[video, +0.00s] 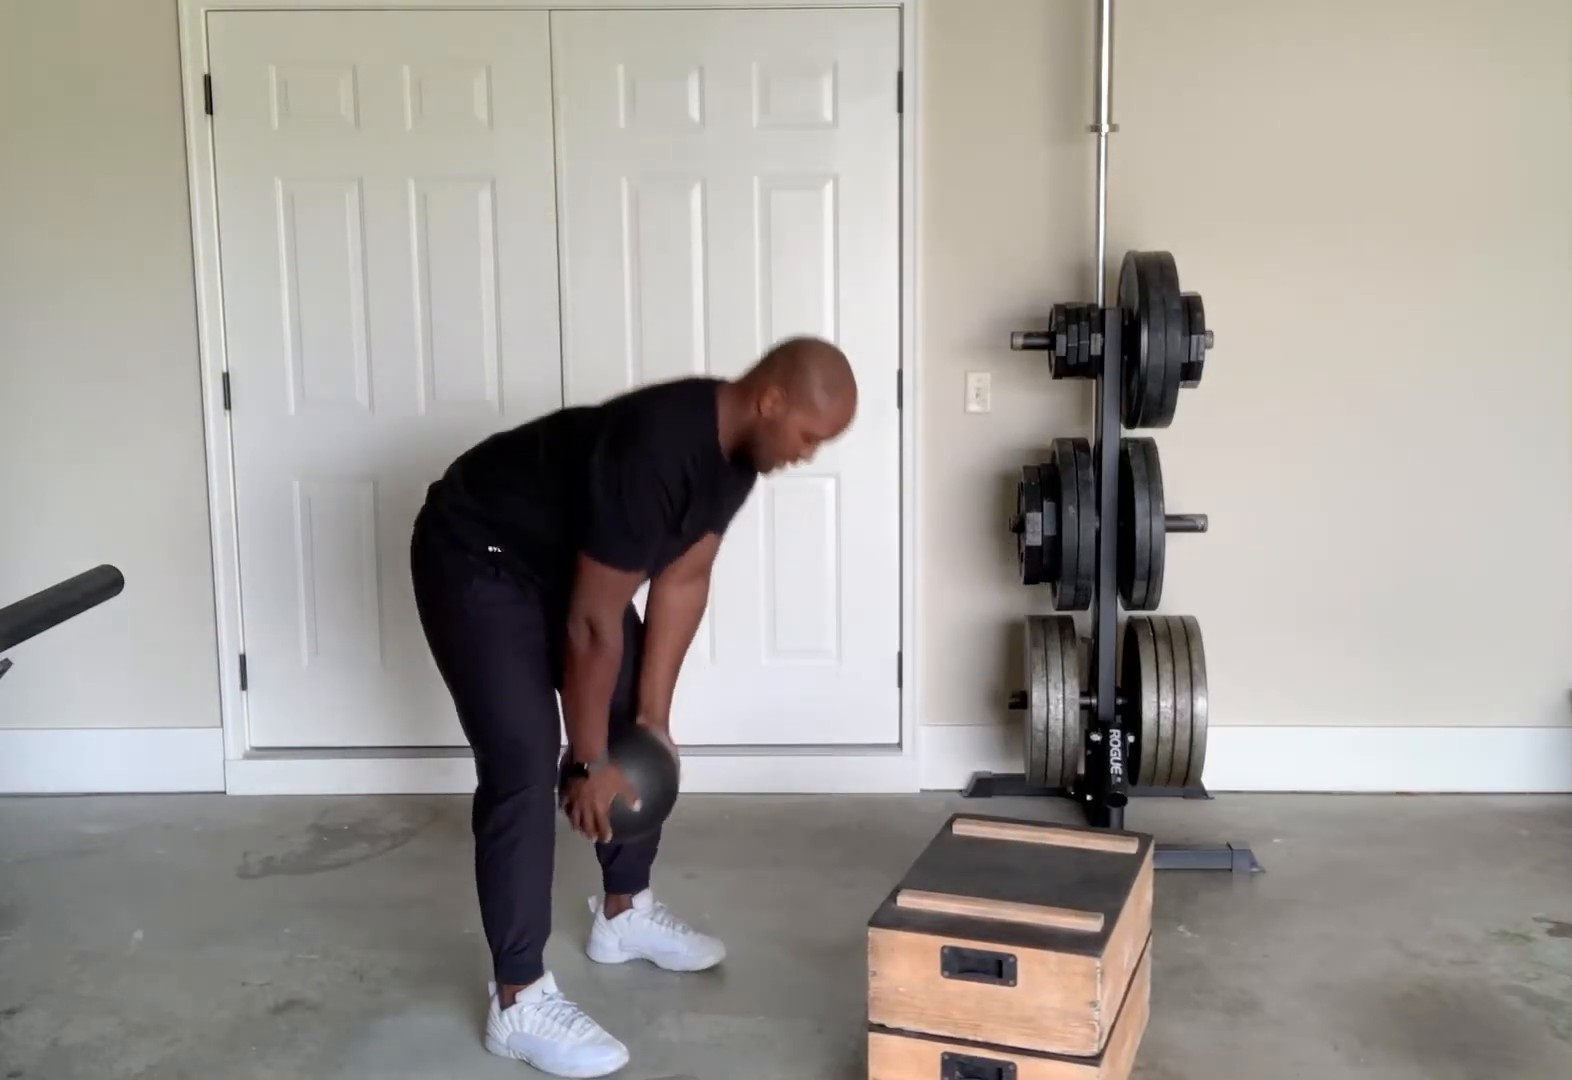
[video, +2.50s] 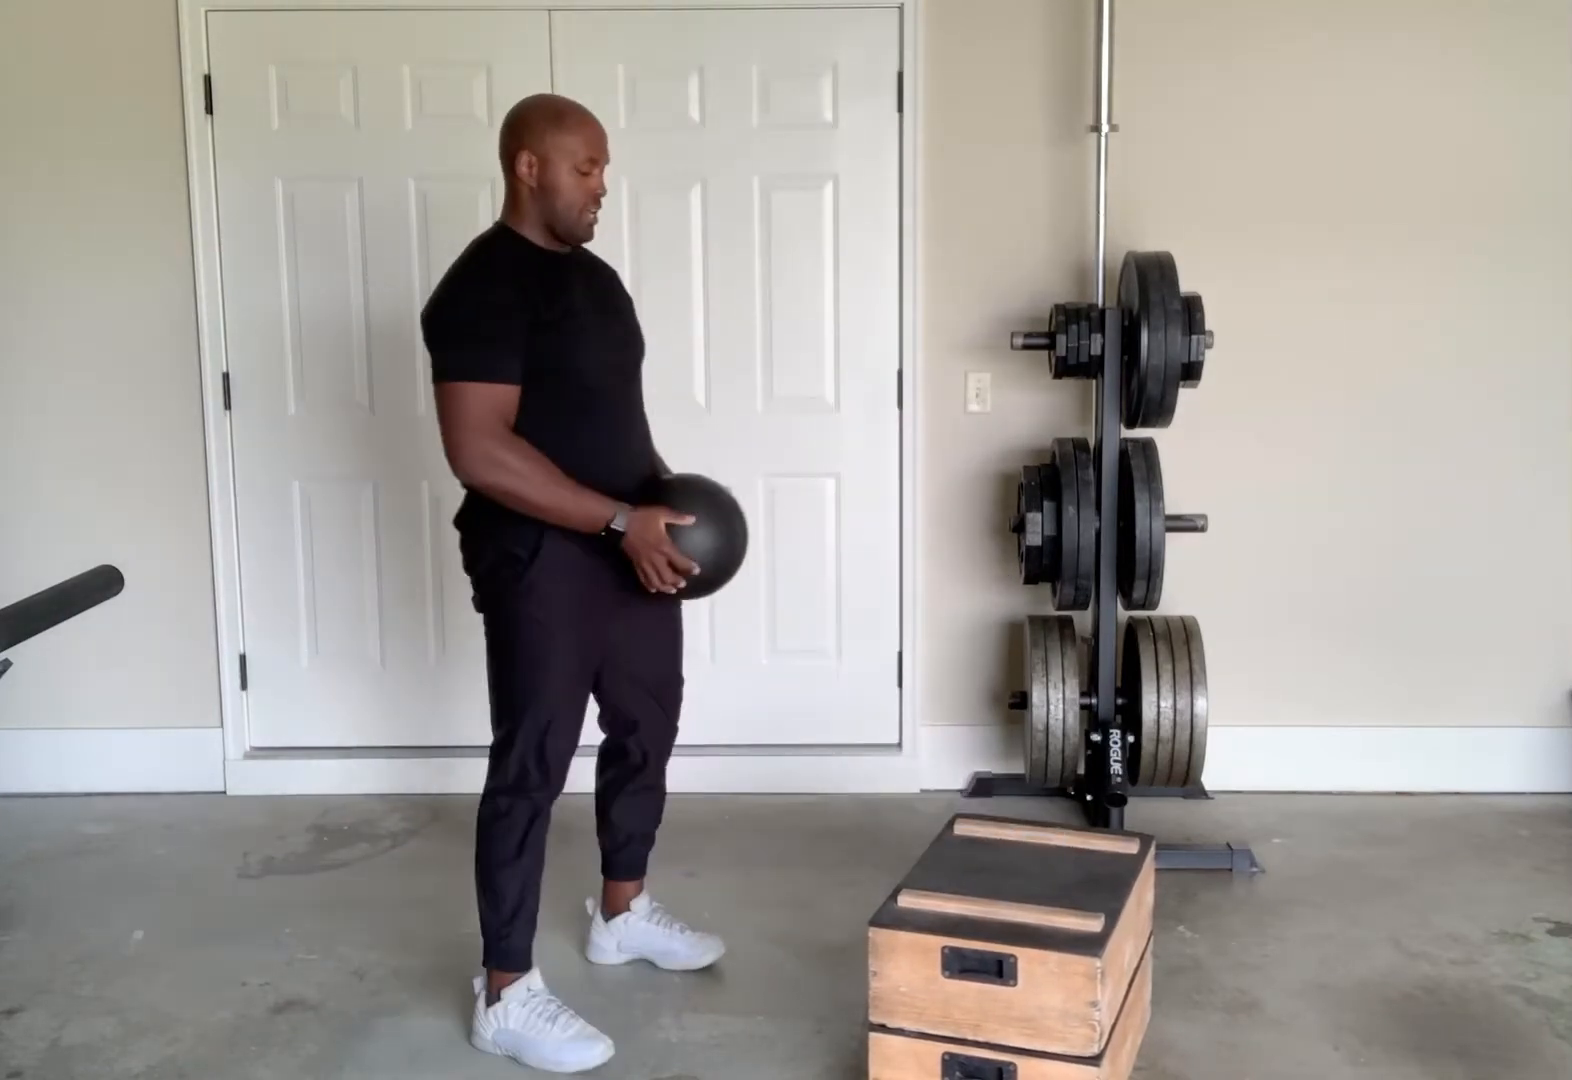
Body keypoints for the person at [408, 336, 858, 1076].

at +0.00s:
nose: (809, 453)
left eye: (821, 443)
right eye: (809, 435)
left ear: (773, 404)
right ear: (768, 400)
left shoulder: (739, 451)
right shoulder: (656, 444)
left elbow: (683, 578)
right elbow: (591, 621)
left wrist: (652, 721)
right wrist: (587, 759)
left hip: (569, 561)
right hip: (475, 553)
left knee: (637, 726)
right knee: (520, 766)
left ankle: (624, 914)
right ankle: (518, 997)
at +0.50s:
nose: (842, 397)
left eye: (848, 379)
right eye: (836, 376)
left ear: (789, 363)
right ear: (782, 360)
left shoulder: (761, 437)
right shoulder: (690, 435)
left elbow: (700, 566)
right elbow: (604, 600)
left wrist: (675, 700)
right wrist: (615, 743)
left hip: (597, 564)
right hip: (504, 554)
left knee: (669, 728)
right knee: (548, 766)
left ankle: (624, 912)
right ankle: (518, 997)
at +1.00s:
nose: (822, 160)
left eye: (819, 143)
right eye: (801, 145)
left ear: (798, 149)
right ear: (745, 150)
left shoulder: (789, 219)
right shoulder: (698, 205)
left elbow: (794, 57)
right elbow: (711, 43)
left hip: (765, 490)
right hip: (706, 484)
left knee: (686, 706)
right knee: (899, 566)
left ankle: (631, 900)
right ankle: (927, 804)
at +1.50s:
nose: (821, 134)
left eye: (823, 115)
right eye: (796, 113)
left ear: (815, 122)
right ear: (739, 122)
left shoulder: (803, 196)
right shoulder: (703, 204)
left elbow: (837, 71)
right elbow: (712, 47)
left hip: (816, 476)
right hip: (767, 479)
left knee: (754, 685)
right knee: (971, 592)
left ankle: (674, 869)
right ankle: (951, 820)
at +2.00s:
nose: (670, 167)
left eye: (668, 152)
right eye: (652, 153)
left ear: (623, 167)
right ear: (596, 167)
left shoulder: (677, 280)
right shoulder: (571, 279)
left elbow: (703, 412)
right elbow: (583, 426)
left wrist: (761, 368)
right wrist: (721, 360)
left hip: (692, 508)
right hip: (633, 509)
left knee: (657, 709)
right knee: (808, 574)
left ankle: (622, 914)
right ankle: (882, 802)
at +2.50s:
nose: (602, 185)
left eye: (604, 169)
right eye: (585, 168)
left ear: (580, 174)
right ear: (525, 169)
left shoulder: (597, 280)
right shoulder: (479, 287)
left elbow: (615, 423)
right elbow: (477, 453)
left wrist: (671, 516)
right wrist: (618, 520)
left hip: (623, 548)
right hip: (535, 557)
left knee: (645, 732)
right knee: (531, 762)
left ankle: (623, 912)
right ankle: (506, 989)